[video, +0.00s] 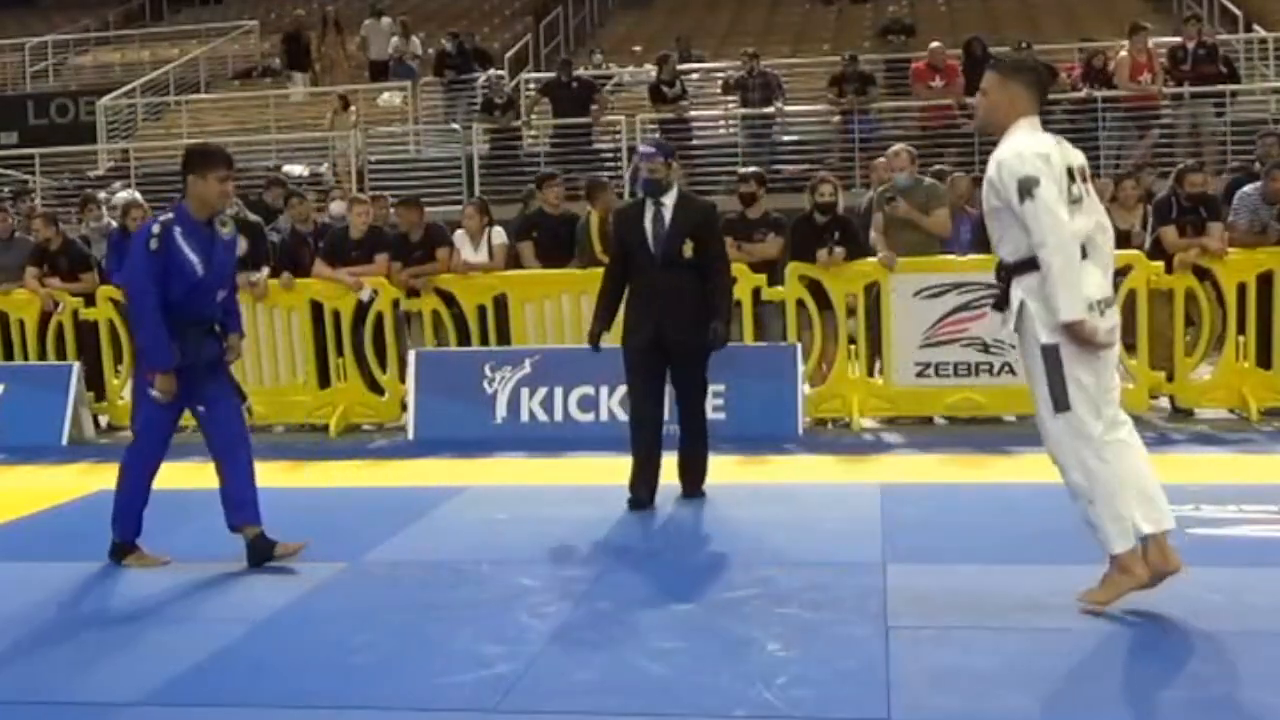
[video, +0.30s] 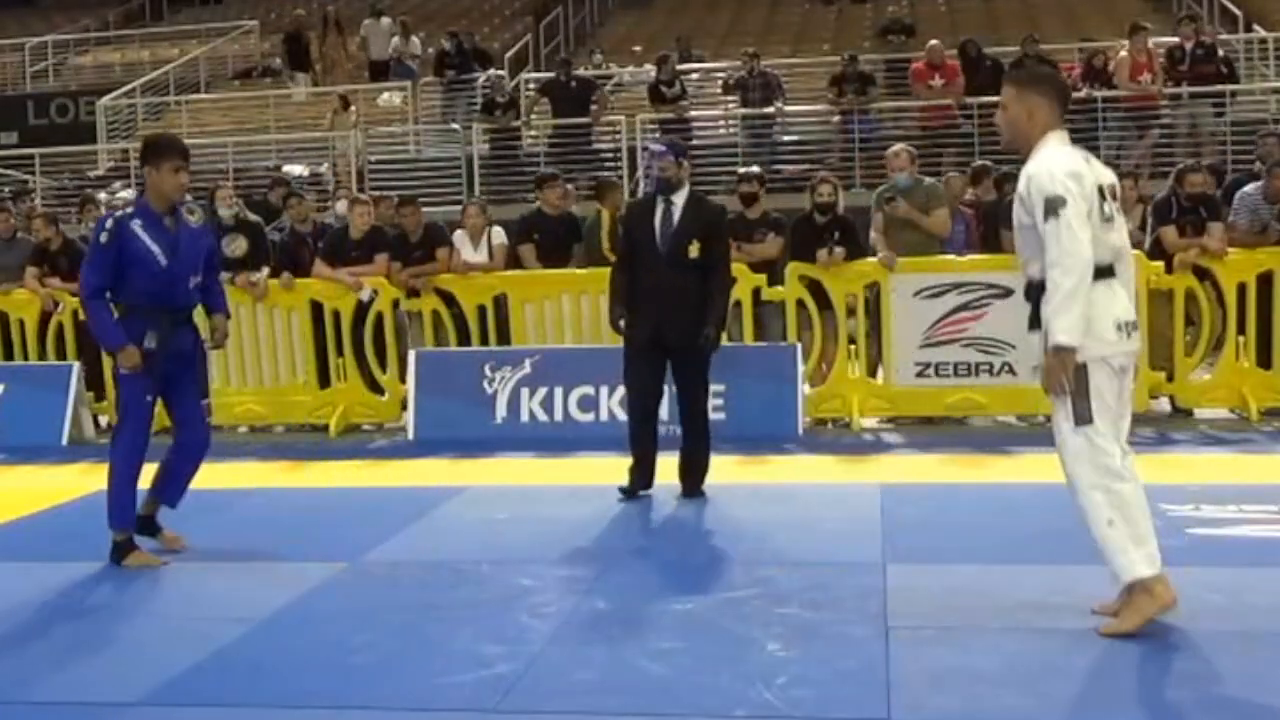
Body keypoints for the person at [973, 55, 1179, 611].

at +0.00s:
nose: (974, 101)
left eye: (981, 91)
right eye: (978, 90)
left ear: (1007, 95)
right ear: (1025, 97)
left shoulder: (1015, 156)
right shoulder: (1062, 150)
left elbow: (1053, 237)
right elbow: (1099, 231)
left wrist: (1073, 312)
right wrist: (1102, 302)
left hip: (1049, 313)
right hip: (1093, 304)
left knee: (1071, 433)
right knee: (1107, 422)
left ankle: (1123, 558)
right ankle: (1157, 542)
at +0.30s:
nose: (998, 118)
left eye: (1005, 107)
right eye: (1000, 106)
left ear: (1032, 109)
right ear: (1052, 109)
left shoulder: (1049, 170)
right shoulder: (1089, 164)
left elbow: (1070, 260)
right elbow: (1121, 258)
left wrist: (1060, 341)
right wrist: (1123, 330)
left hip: (1085, 332)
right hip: (1112, 328)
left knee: (1090, 457)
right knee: (1108, 454)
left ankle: (1143, 579)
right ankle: (1145, 576)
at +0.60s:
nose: (1005, 143)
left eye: (1011, 132)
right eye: (1006, 132)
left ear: (1039, 135)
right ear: (1056, 135)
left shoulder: (1055, 198)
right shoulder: (1092, 190)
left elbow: (1068, 292)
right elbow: (1119, 284)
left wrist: (1047, 374)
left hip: (1085, 363)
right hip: (1115, 358)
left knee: (1062, 481)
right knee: (1103, 475)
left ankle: (1125, 594)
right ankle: (1151, 583)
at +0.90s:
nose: (965, 140)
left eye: (967, 127)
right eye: (965, 128)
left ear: (990, 125)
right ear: (1016, 124)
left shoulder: (1022, 177)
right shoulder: (1062, 175)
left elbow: (1067, 239)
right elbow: (1109, 254)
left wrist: (1050, 319)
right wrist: (1087, 315)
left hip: (1068, 328)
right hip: (1101, 324)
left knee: (1034, 457)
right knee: (1082, 459)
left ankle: (1090, 599)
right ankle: (1113, 573)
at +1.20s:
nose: (881, 231)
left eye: (884, 218)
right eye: (881, 219)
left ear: (907, 217)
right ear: (936, 215)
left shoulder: (945, 273)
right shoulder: (999, 242)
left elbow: (948, 365)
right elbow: (1072, 287)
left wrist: (916, 414)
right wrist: (1059, 361)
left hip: (1042, 398)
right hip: (1064, 385)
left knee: (995, 523)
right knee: (991, 458)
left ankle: (1079, 656)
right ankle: (1081, 566)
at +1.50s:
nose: (761, 288)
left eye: (762, 275)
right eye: (759, 275)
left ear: (782, 271)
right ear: (814, 262)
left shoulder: (804, 318)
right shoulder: (874, 279)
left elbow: (817, 423)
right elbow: (959, 335)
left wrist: (798, 454)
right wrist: (890, 419)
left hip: (940, 405)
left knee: (934, 555)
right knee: (852, 503)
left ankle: (1061, 633)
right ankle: (824, 619)